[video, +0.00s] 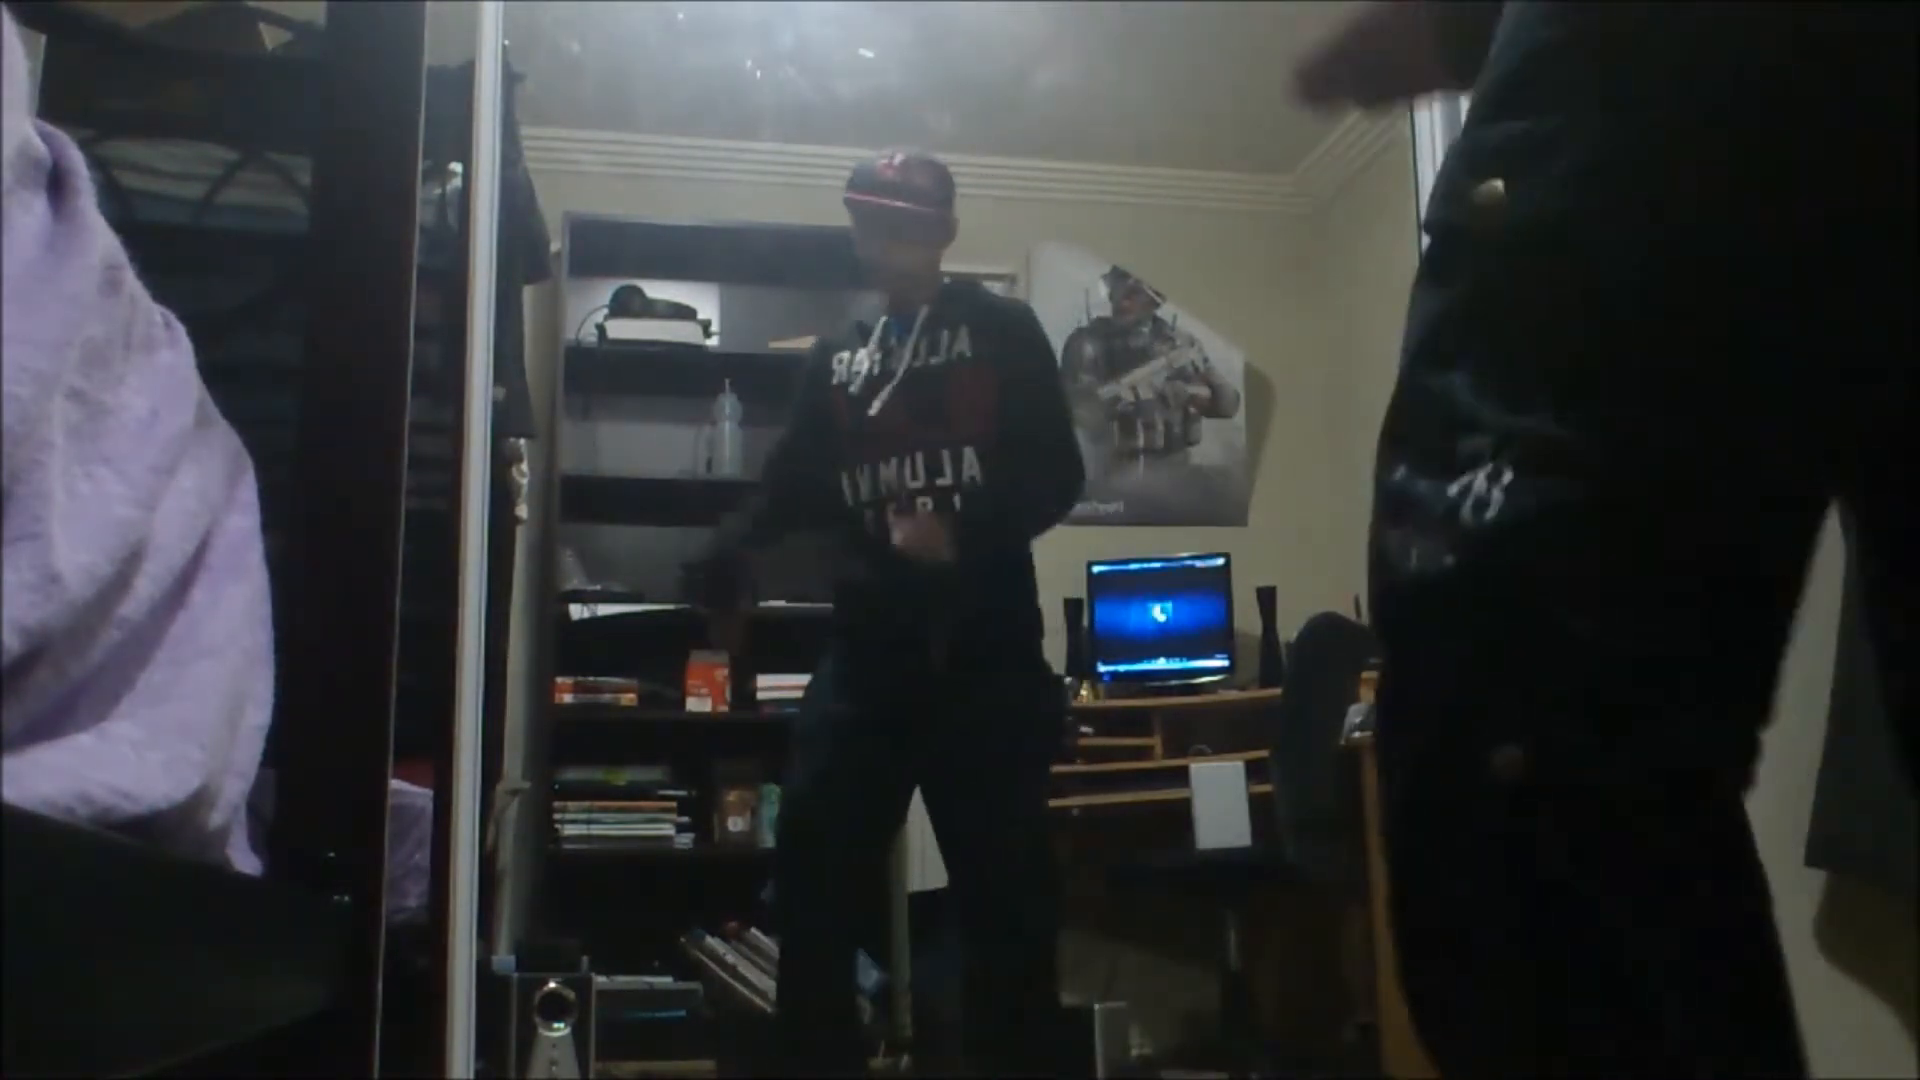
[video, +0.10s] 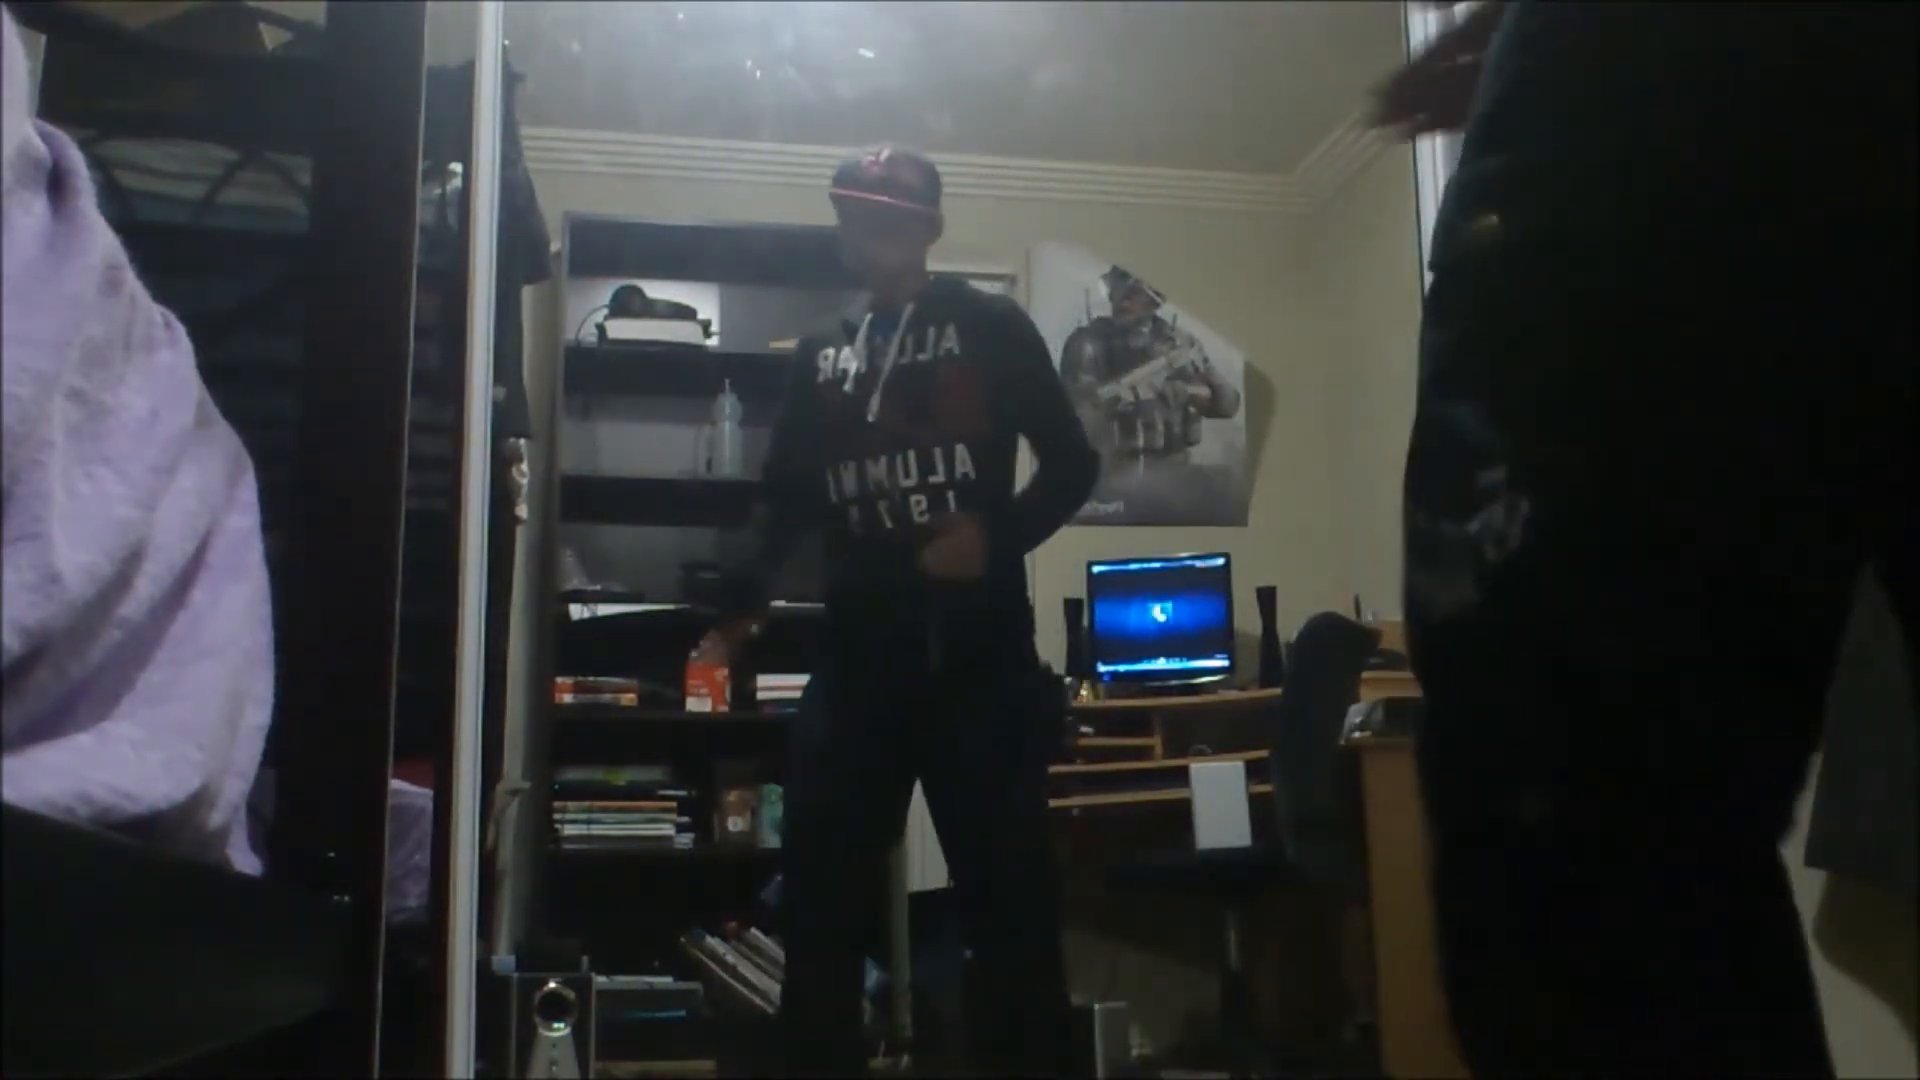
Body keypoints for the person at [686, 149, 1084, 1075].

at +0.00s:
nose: (880, 239)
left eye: (900, 222)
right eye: (868, 223)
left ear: (942, 230)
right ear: (854, 229)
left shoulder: (1004, 332)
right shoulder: (838, 357)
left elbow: (1055, 475)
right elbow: (787, 492)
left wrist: (964, 529)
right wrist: (721, 559)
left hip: (982, 641)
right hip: (868, 643)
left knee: (1001, 873)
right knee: (817, 850)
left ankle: (1011, 1064)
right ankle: (817, 1059)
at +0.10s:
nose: (870, 235)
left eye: (890, 219)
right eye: (857, 219)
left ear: (930, 227)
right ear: (841, 227)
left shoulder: (989, 326)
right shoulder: (824, 357)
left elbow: (1072, 465)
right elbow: (783, 501)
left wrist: (996, 534)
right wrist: (735, 609)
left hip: (975, 641)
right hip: (862, 643)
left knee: (1002, 879)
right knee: (826, 876)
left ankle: (1024, 1065)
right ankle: (819, 1063)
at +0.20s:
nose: (858, 233)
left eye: (880, 218)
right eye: (847, 215)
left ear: (921, 230)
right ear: (832, 224)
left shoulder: (987, 330)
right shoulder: (801, 359)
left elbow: (1088, 465)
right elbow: (779, 508)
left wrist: (1053, 515)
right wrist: (805, 595)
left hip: (976, 636)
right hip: (856, 644)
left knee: (1027, 869)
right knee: (825, 881)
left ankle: (1054, 1064)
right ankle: (818, 1070)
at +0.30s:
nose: (892, 214)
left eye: (914, 202)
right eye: (877, 197)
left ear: (941, 225)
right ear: (846, 214)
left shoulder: (989, 329)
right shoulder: (802, 352)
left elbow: (1080, 441)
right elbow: (782, 501)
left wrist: (1087, 478)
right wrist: (810, 624)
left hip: (983, 625)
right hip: (860, 633)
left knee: (1049, 851)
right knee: (835, 868)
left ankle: (1093, 1056)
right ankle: (820, 1065)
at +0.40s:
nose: (945, 231)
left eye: (958, 215)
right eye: (927, 210)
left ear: (970, 225)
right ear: (877, 212)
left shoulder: (999, 325)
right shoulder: (813, 343)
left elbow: (1064, 431)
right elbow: (800, 494)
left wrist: (1101, 476)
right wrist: (828, 617)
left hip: (993, 613)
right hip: (874, 622)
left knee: (1064, 832)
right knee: (860, 863)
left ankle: (1094, 1056)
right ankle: (844, 1065)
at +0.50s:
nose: (960, 230)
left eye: (971, 214)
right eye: (941, 209)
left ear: (982, 223)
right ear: (889, 211)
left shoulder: (1006, 327)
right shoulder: (822, 335)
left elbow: (1054, 440)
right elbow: (798, 486)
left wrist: (1082, 526)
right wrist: (841, 601)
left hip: (993, 614)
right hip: (875, 620)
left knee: (1062, 843)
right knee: (864, 866)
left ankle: (1095, 1059)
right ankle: (852, 1068)